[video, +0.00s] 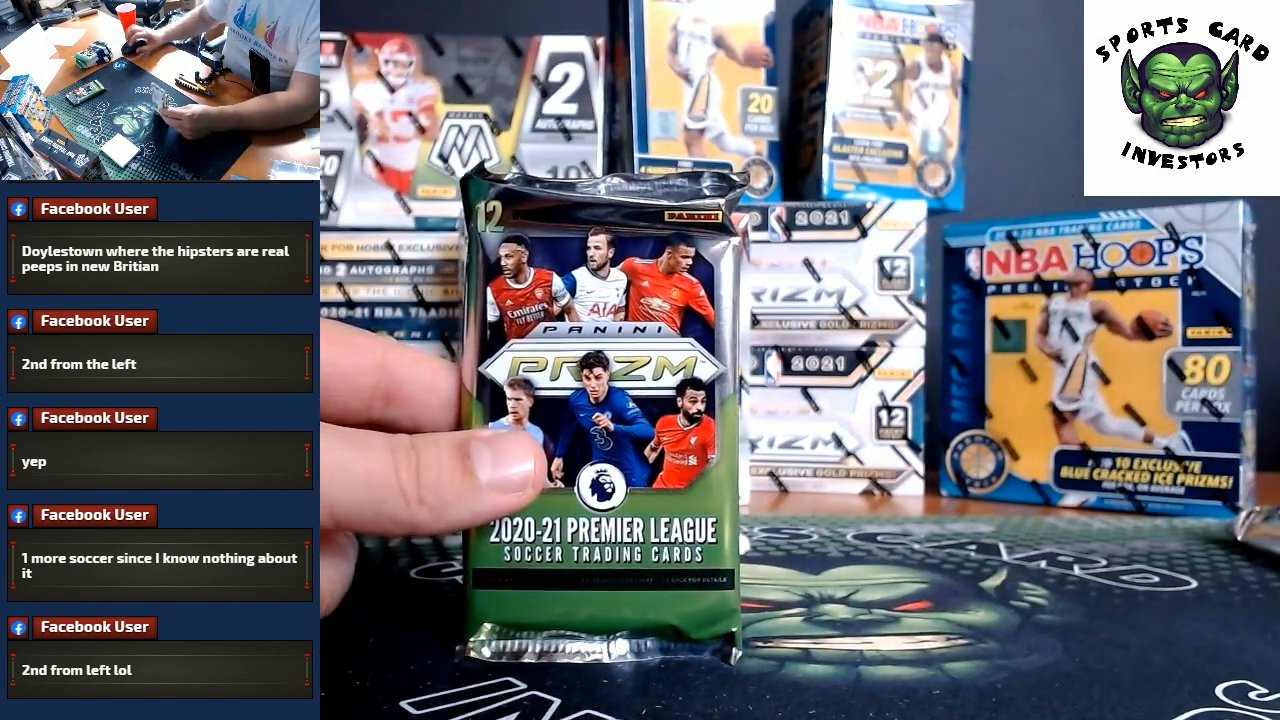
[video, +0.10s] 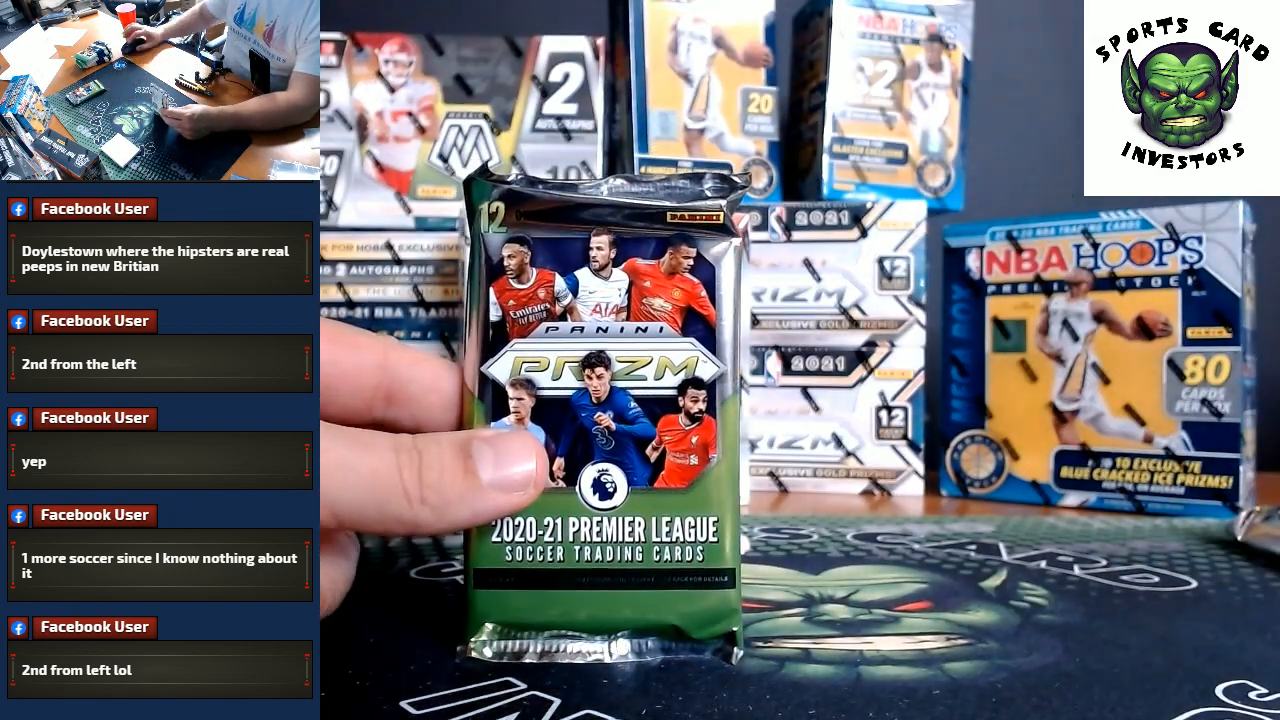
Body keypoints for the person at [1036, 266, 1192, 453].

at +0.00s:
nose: (1072, 287)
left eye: (1077, 284)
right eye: (1071, 283)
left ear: (1087, 285)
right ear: (1067, 283)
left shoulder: (1095, 308)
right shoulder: (1053, 304)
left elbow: (1126, 331)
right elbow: (1039, 334)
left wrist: (1156, 330)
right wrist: (1047, 350)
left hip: (1081, 365)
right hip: (1064, 367)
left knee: (1062, 418)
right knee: (1103, 424)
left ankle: (1078, 473)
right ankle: (1165, 442)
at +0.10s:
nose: (1072, 287)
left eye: (1077, 284)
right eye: (1071, 283)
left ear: (1087, 285)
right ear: (1067, 283)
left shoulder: (1095, 308)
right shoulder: (1053, 304)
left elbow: (1126, 331)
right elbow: (1039, 334)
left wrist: (1156, 330)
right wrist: (1047, 350)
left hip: (1081, 365)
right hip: (1064, 367)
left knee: (1062, 418)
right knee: (1103, 424)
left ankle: (1078, 473)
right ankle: (1165, 442)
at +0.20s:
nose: (1072, 287)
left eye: (1077, 284)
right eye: (1071, 283)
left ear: (1087, 285)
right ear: (1067, 283)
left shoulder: (1095, 308)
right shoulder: (1053, 304)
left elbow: (1126, 331)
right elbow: (1039, 334)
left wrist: (1156, 330)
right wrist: (1047, 350)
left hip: (1081, 365)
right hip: (1064, 367)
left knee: (1062, 418)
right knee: (1103, 424)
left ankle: (1078, 473)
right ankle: (1165, 442)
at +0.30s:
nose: (1072, 287)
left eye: (1077, 284)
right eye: (1071, 283)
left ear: (1087, 285)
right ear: (1067, 283)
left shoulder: (1095, 308)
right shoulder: (1053, 304)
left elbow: (1126, 331)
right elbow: (1039, 334)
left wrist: (1156, 330)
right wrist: (1047, 350)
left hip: (1081, 365)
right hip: (1064, 367)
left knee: (1062, 418)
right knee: (1103, 424)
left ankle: (1078, 473)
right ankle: (1165, 442)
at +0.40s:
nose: (1072, 287)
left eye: (1077, 284)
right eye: (1071, 283)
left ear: (1087, 285)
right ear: (1067, 283)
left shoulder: (1095, 308)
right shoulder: (1053, 304)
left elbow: (1126, 331)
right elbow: (1039, 334)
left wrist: (1156, 330)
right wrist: (1047, 350)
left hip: (1081, 365)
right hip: (1064, 367)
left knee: (1062, 418)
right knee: (1103, 424)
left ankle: (1078, 473)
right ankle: (1165, 442)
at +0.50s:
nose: (1073, 288)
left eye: (1078, 284)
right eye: (1071, 283)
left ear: (1088, 285)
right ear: (1067, 283)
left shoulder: (1096, 308)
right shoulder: (1052, 304)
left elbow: (1126, 331)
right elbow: (1039, 334)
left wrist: (1156, 330)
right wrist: (1047, 349)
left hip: (1081, 366)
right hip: (1064, 367)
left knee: (1062, 418)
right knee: (1104, 424)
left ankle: (1078, 475)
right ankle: (1166, 442)